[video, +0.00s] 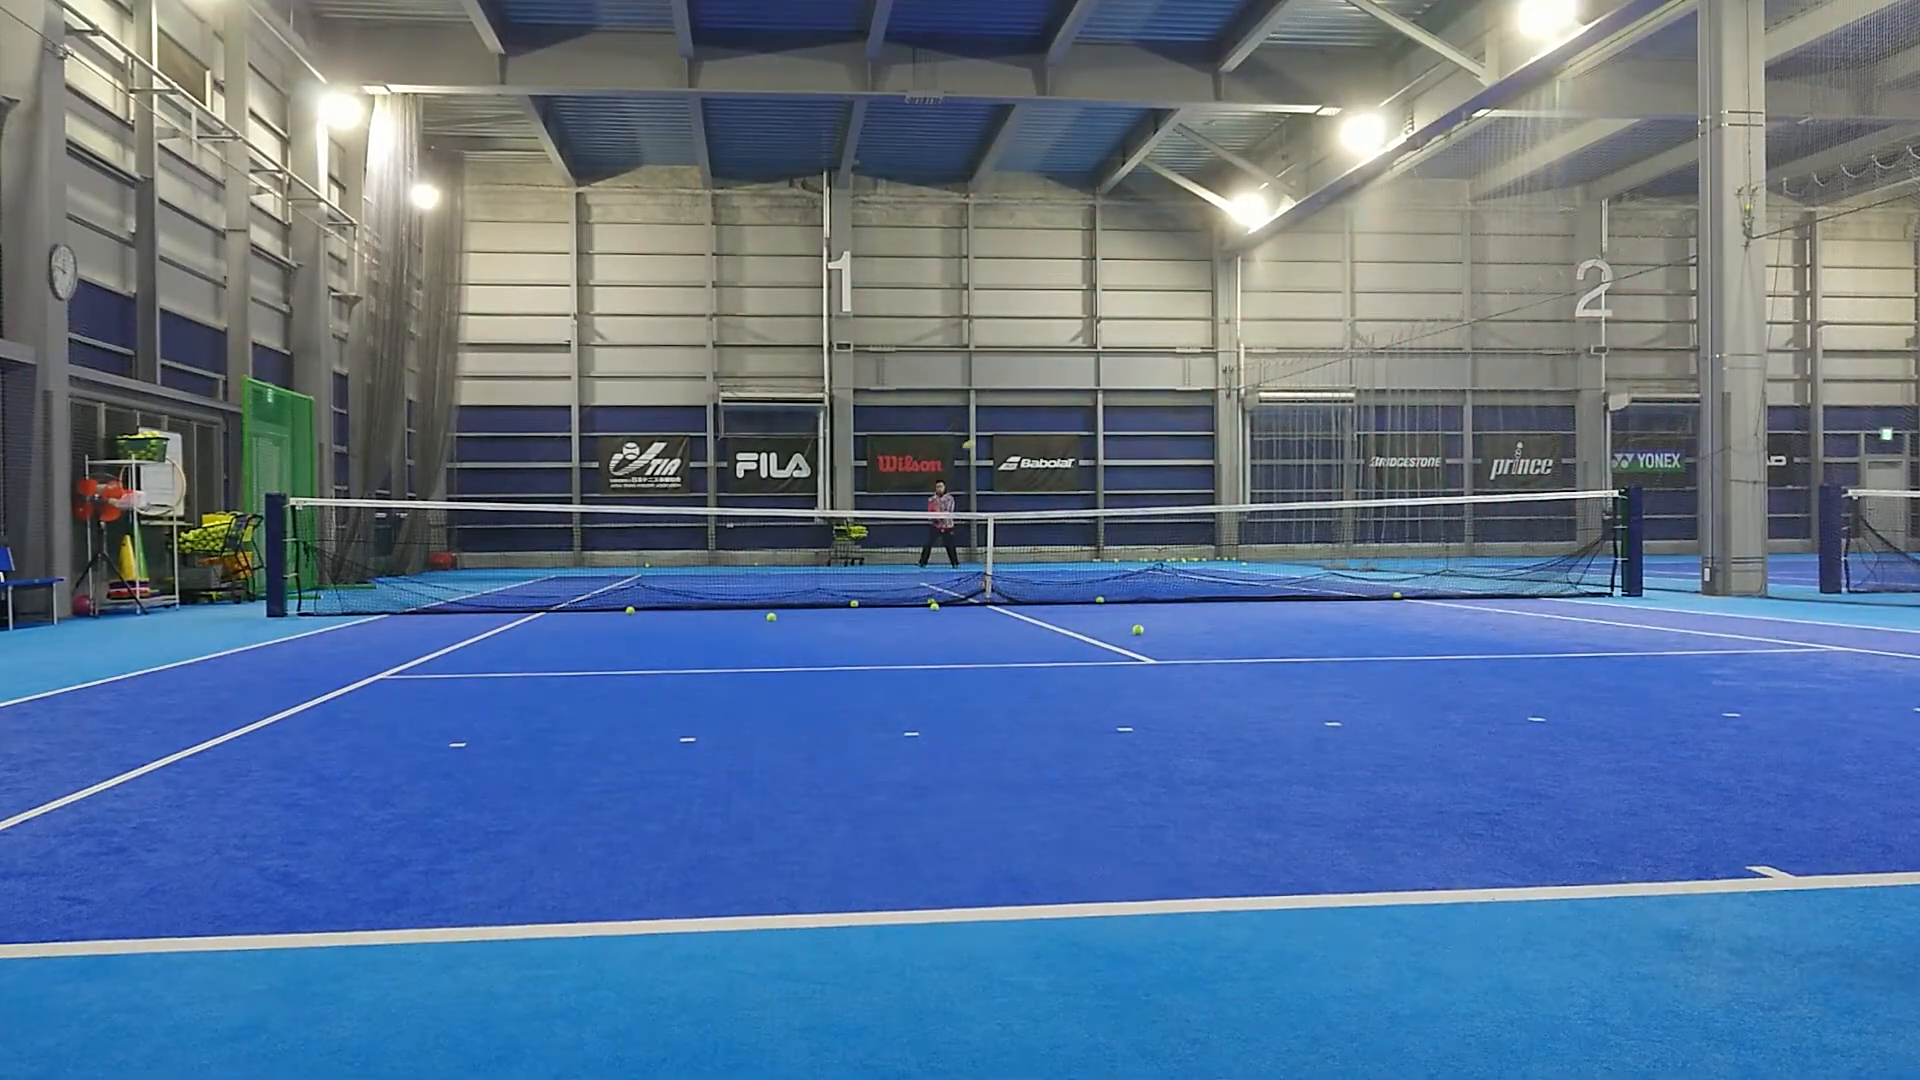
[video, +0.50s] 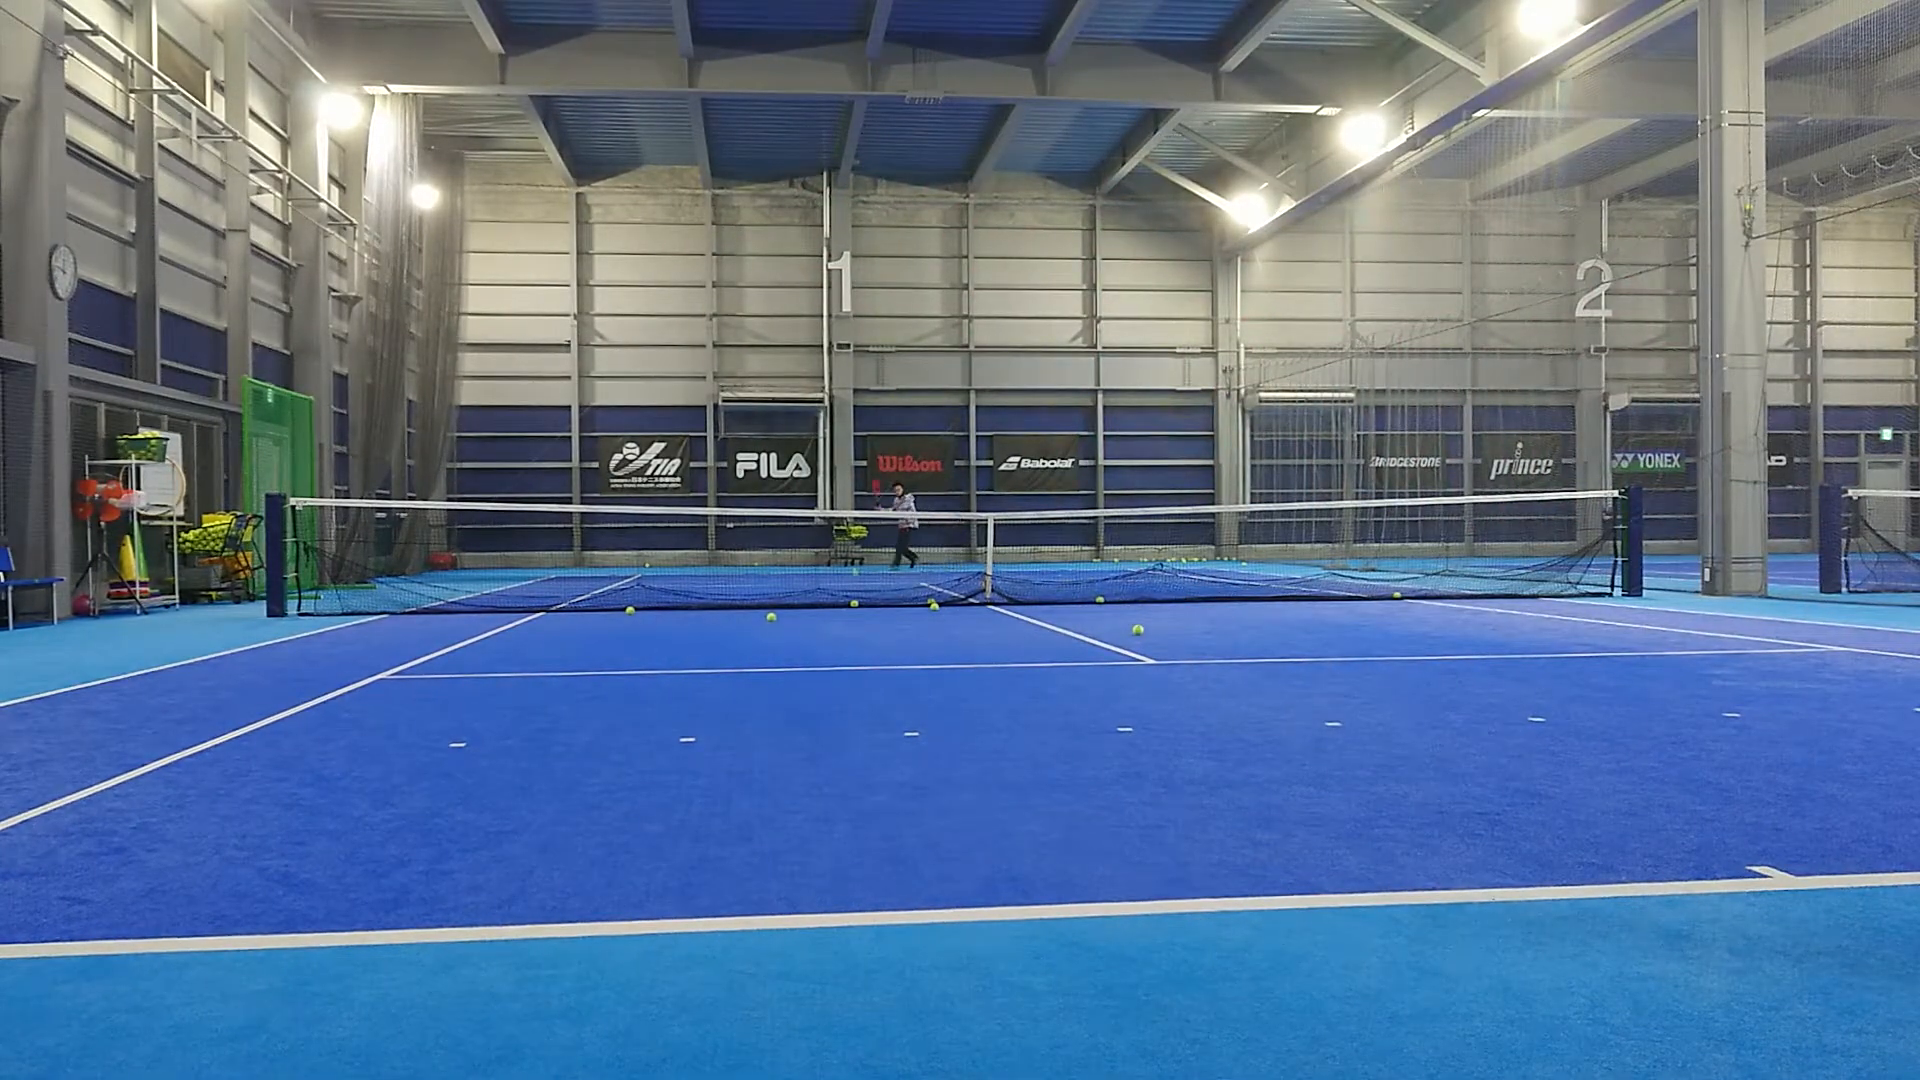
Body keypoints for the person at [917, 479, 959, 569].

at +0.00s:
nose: (939, 489)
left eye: (941, 486)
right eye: (938, 487)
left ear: (945, 488)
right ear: (935, 488)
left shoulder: (949, 499)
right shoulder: (932, 499)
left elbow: (949, 512)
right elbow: (930, 512)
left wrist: (941, 518)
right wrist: (936, 518)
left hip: (947, 526)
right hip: (936, 526)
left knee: (950, 546)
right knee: (928, 544)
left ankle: (955, 563)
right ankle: (922, 562)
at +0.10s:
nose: (931, 490)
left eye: (933, 488)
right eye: (930, 488)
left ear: (937, 489)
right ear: (928, 490)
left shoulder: (942, 500)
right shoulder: (926, 500)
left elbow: (942, 513)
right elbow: (923, 512)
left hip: (942, 527)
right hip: (930, 527)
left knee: (947, 547)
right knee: (923, 545)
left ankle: (954, 563)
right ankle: (920, 562)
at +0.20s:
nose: (922, 490)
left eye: (923, 488)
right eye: (920, 488)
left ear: (927, 489)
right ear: (918, 490)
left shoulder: (932, 498)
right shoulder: (917, 501)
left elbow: (933, 512)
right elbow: (915, 513)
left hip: (934, 527)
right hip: (923, 527)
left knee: (941, 546)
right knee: (918, 546)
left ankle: (953, 561)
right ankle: (921, 562)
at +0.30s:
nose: (913, 491)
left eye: (915, 489)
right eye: (911, 489)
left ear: (919, 489)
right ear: (909, 491)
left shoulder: (923, 498)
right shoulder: (910, 501)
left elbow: (922, 509)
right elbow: (907, 512)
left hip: (926, 526)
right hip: (916, 526)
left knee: (925, 547)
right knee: (914, 546)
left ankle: (939, 554)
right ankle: (920, 562)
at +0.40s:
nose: (905, 491)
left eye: (906, 489)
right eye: (903, 490)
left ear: (910, 489)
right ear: (901, 491)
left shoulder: (916, 497)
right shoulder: (903, 500)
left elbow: (915, 507)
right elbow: (900, 510)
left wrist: (905, 510)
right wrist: (892, 510)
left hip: (918, 524)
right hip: (909, 524)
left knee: (912, 544)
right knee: (907, 544)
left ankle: (920, 562)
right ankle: (916, 562)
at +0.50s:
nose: (897, 492)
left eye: (899, 489)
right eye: (895, 490)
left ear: (903, 489)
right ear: (894, 491)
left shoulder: (908, 499)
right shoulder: (896, 500)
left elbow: (912, 511)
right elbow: (893, 509)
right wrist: (882, 510)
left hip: (908, 524)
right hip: (901, 524)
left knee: (901, 546)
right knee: (900, 546)